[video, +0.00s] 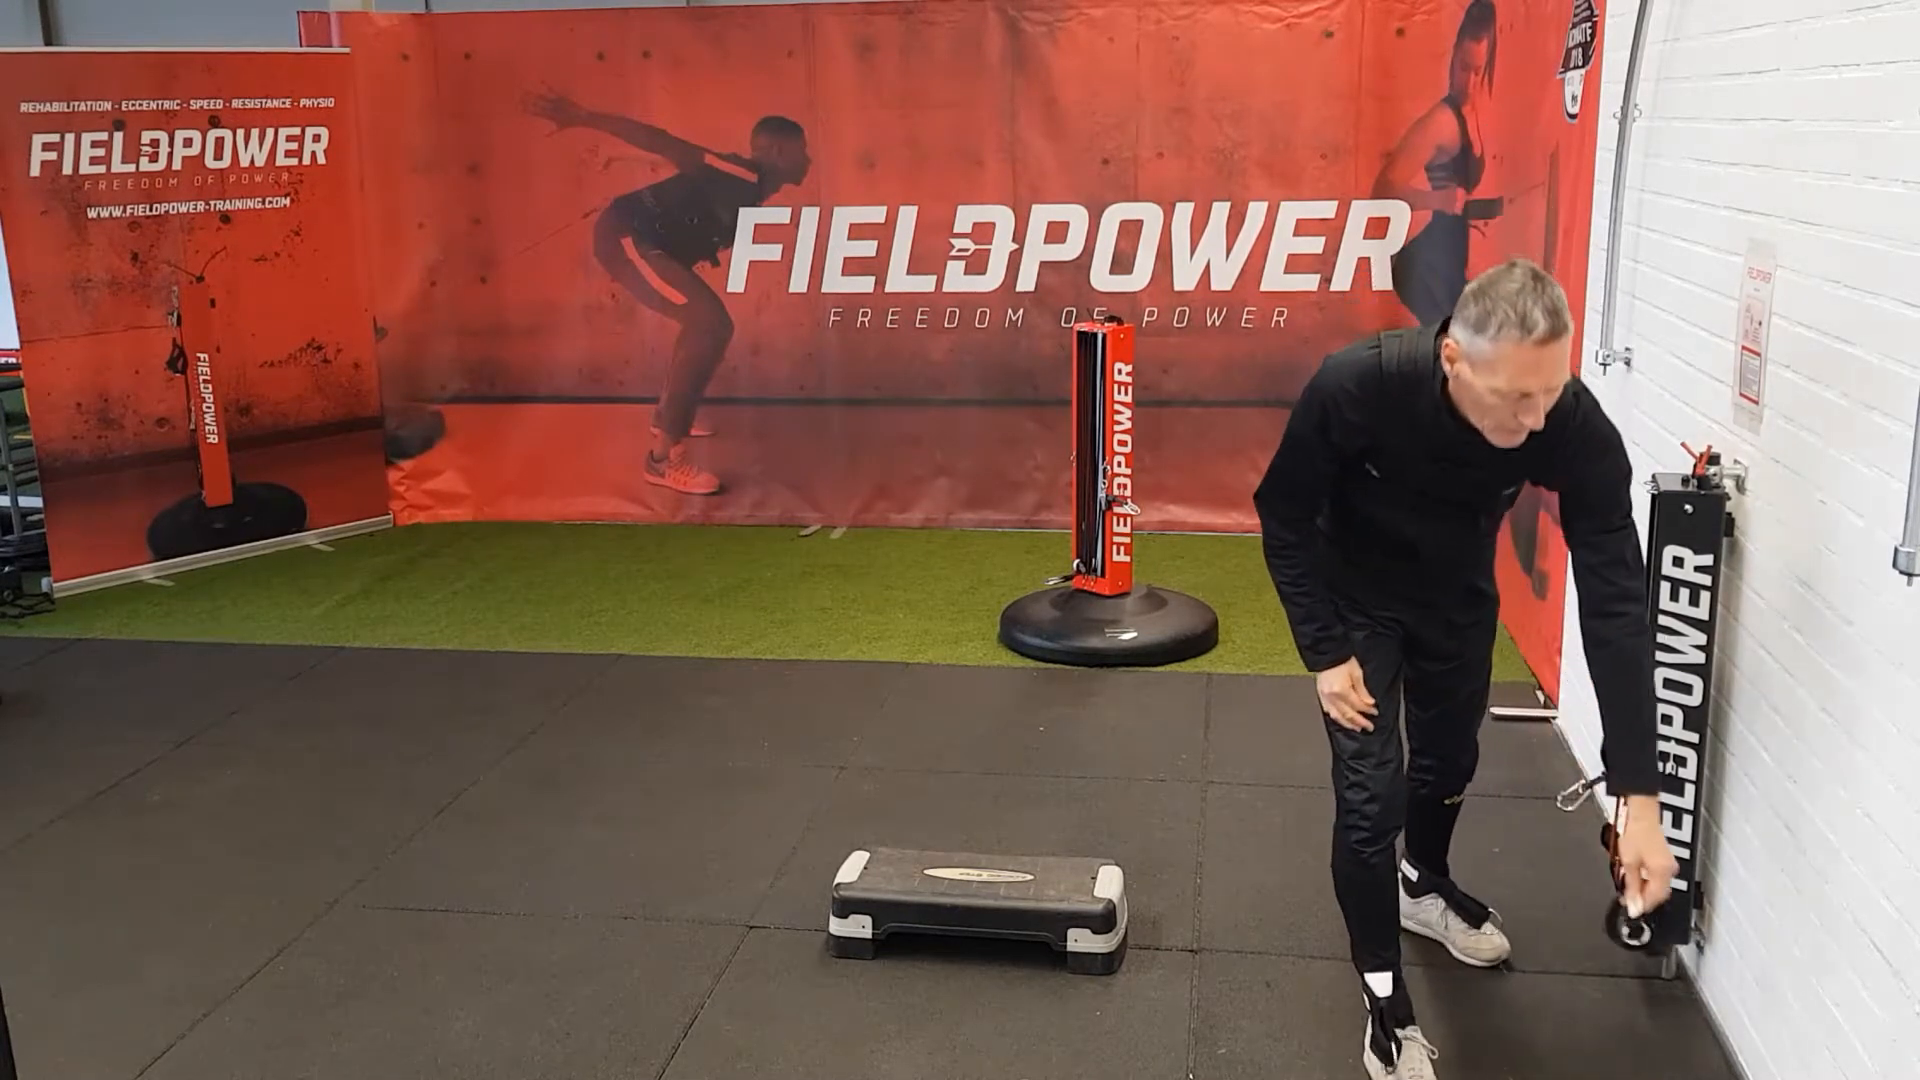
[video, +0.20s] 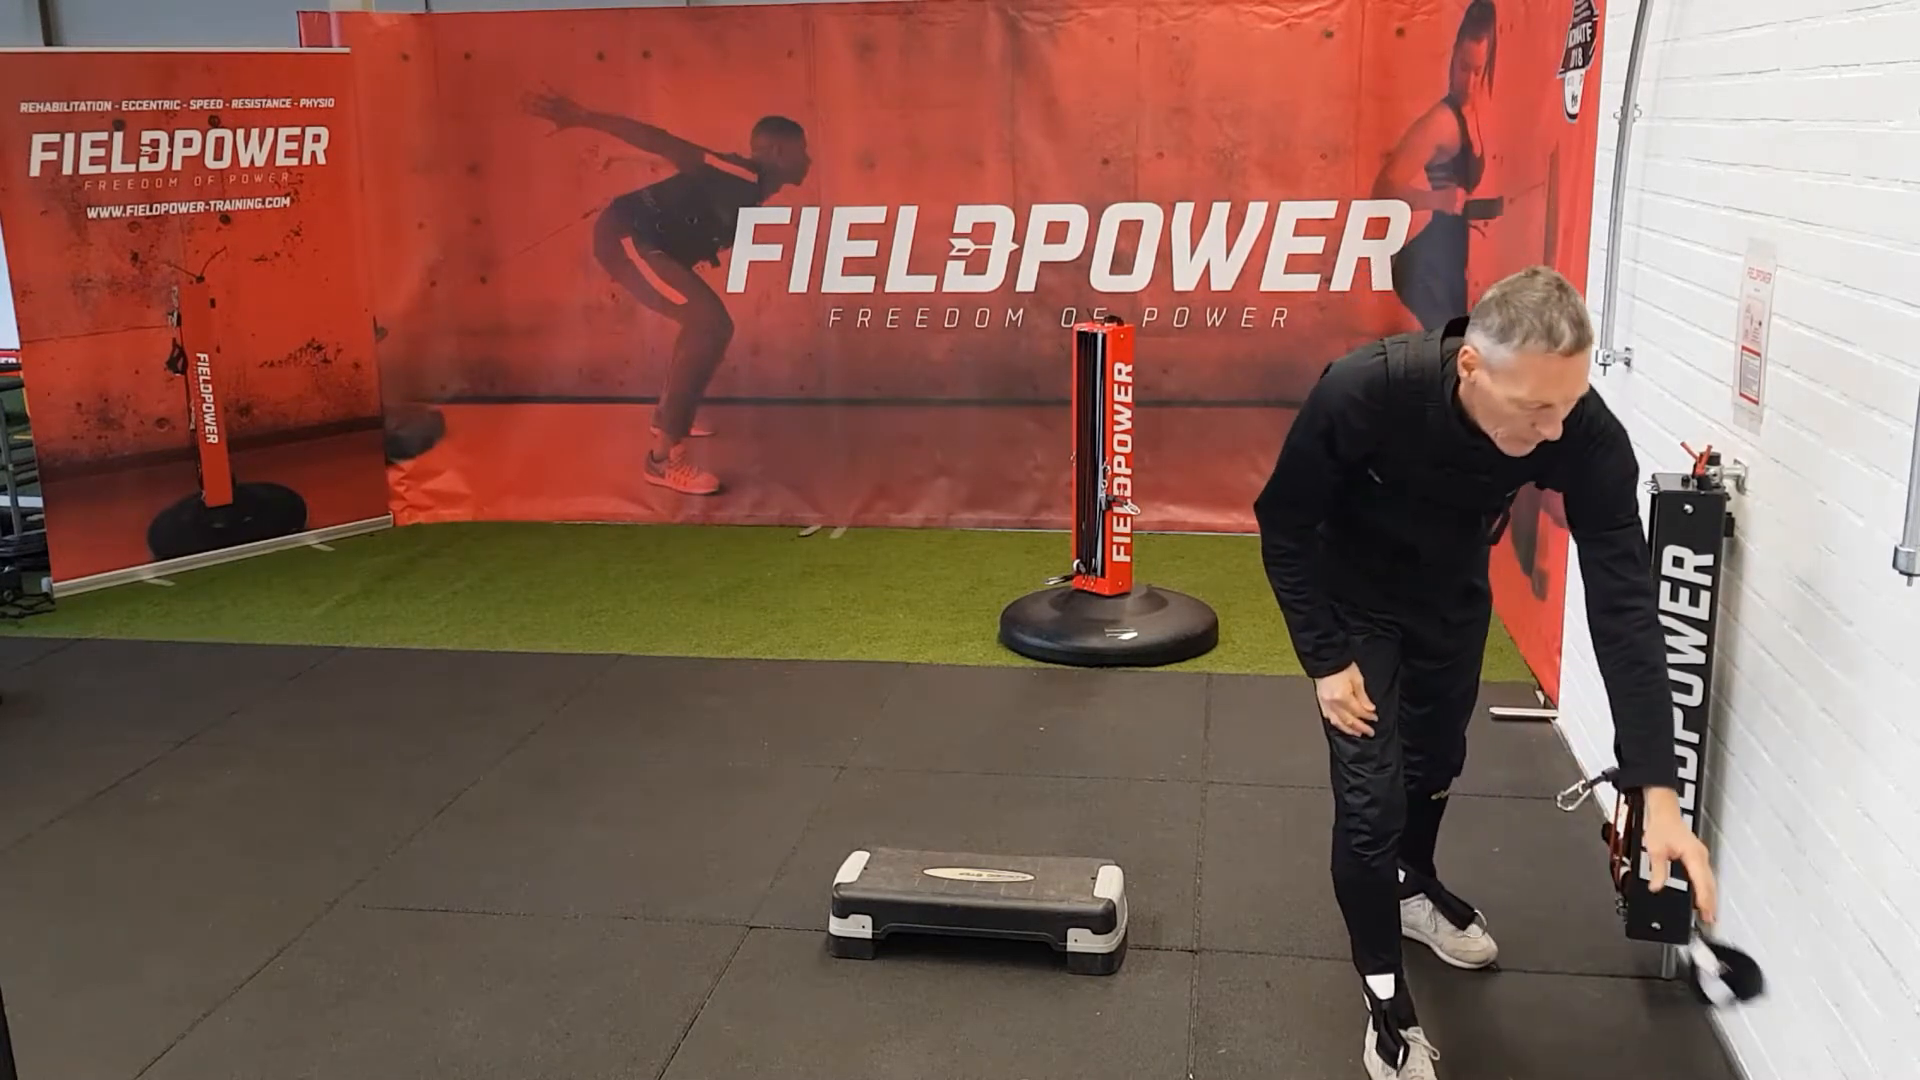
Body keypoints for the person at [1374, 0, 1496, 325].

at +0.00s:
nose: (1471, 81)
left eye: (1480, 71)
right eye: (1465, 68)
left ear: (1489, 70)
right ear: (1450, 63)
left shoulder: (1469, 118)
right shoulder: (1440, 121)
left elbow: (1439, 189)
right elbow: (1386, 188)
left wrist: (1474, 210)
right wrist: (1437, 200)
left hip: (1445, 254)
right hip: (1425, 258)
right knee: (1454, 348)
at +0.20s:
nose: (1471, 80)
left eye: (1480, 71)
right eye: (1464, 68)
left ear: (1488, 71)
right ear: (1450, 64)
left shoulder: (1468, 118)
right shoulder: (1439, 121)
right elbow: (1386, 188)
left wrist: (1474, 209)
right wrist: (1438, 200)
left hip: (1447, 252)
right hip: (1426, 256)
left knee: (1456, 347)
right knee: (1450, 348)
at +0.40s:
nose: (1470, 81)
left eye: (1479, 71)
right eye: (1464, 68)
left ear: (1488, 70)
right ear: (1450, 62)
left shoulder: (1466, 119)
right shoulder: (1440, 120)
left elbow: (1437, 188)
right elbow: (1386, 189)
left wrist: (1471, 210)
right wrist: (1439, 200)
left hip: (1447, 253)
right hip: (1427, 258)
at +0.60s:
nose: (1471, 81)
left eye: (1480, 71)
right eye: (1465, 68)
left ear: (1489, 68)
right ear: (1450, 61)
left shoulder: (1469, 117)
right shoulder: (1440, 120)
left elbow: (1438, 188)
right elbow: (1386, 188)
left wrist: (1471, 210)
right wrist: (1438, 200)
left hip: (1447, 256)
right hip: (1426, 260)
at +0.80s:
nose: (1471, 80)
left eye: (1480, 71)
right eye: (1465, 68)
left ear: (1489, 69)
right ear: (1451, 63)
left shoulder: (1469, 118)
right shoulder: (1441, 121)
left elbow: (1443, 194)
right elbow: (1386, 189)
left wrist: (1475, 209)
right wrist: (1438, 200)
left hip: (1445, 257)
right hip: (1426, 261)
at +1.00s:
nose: (1472, 80)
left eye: (1481, 71)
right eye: (1465, 68)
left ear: (1490, 71)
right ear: (1451, 65)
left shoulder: (1472, 118)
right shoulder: (1441, 121)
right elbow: (1387, 187)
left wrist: (1471, 210)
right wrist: (1437, 200)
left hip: (1447, 254)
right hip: (1425, 258)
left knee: (1456, 349)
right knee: (1452, 350)